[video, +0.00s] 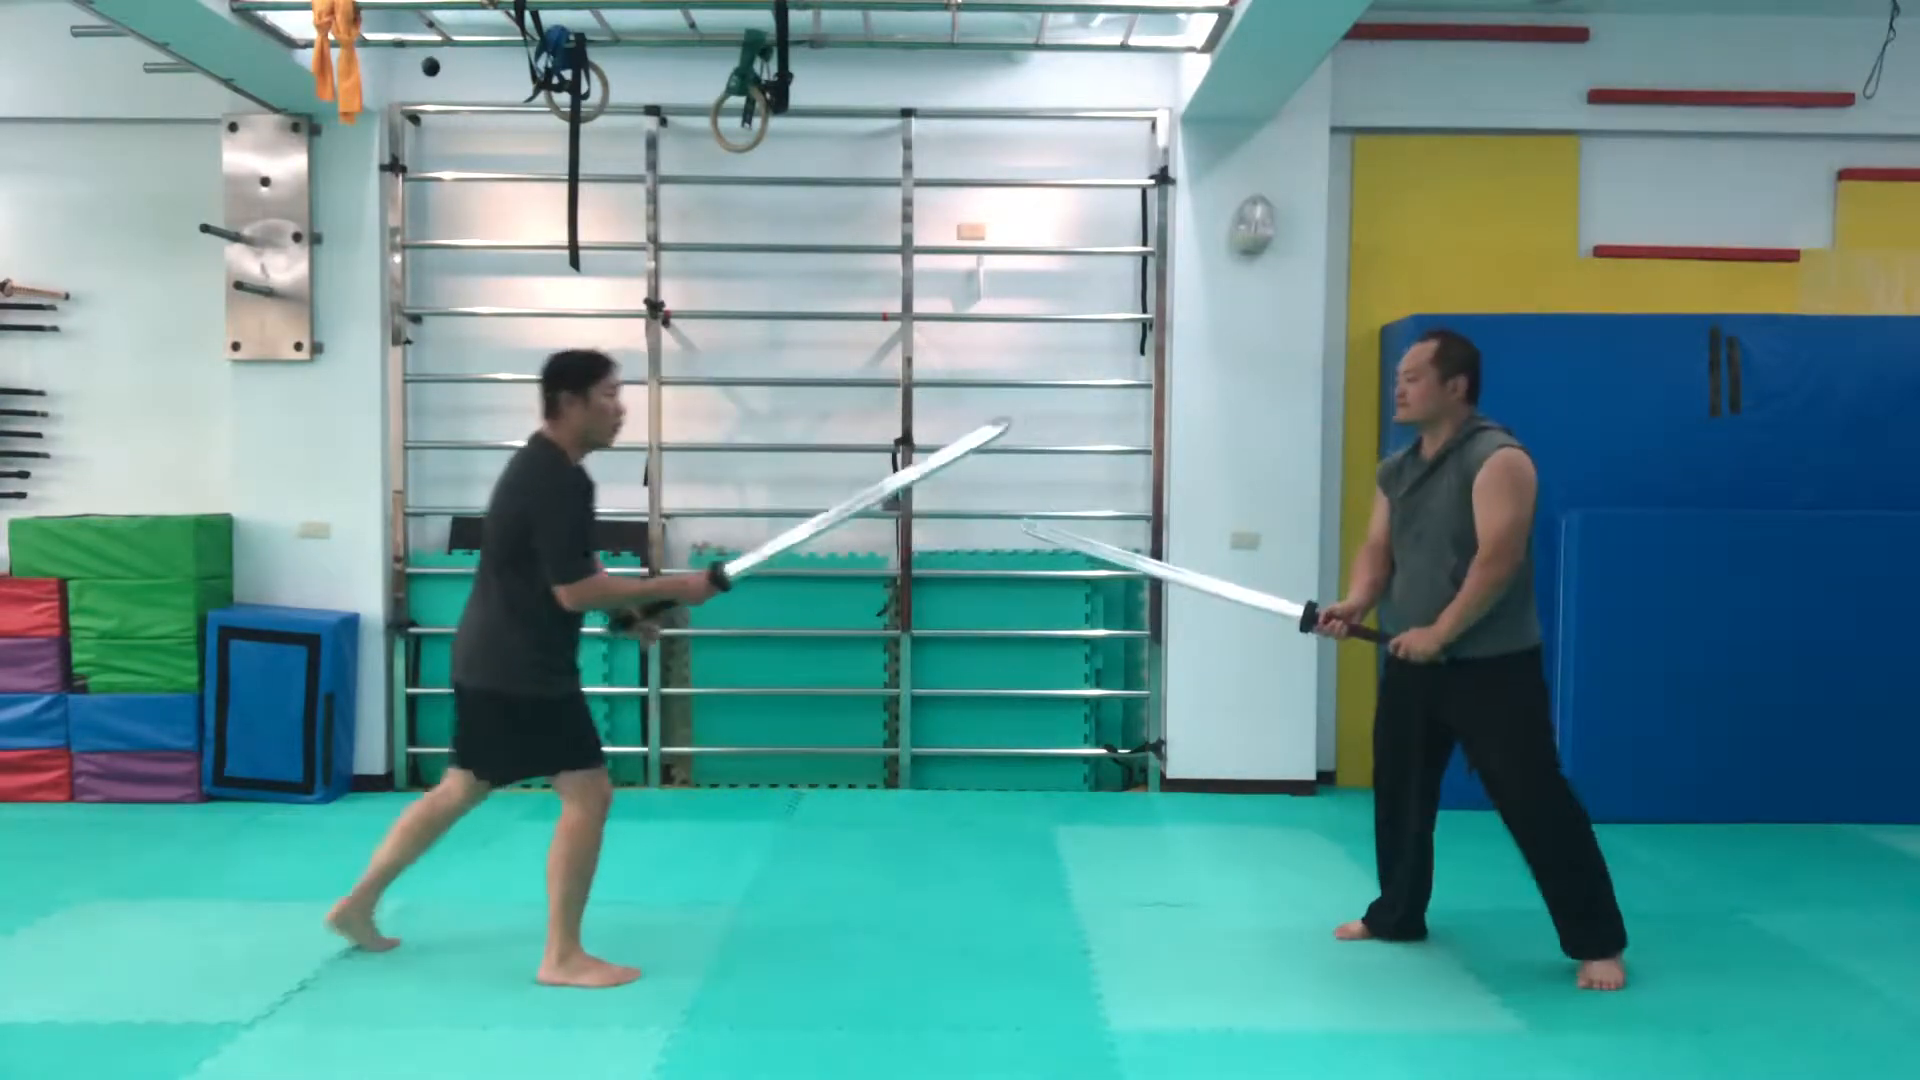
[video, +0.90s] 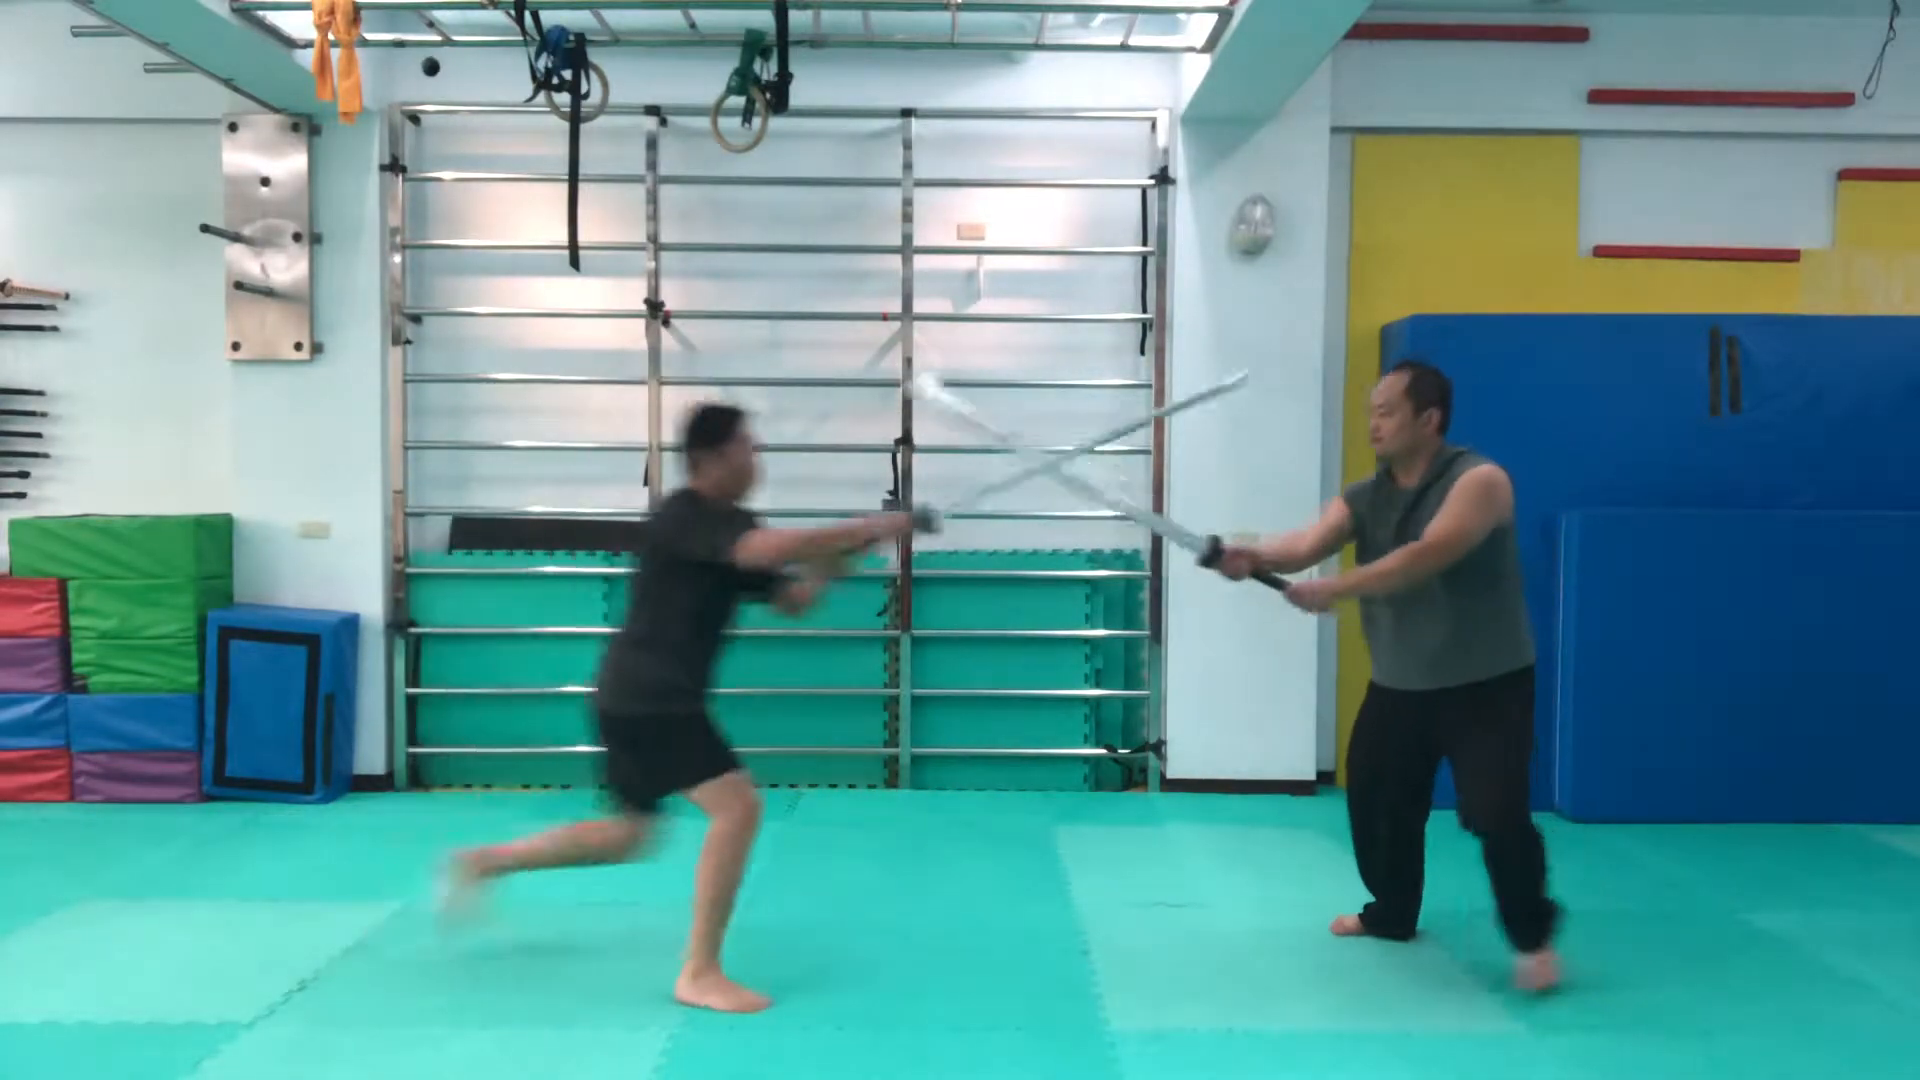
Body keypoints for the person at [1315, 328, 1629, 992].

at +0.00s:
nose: (1399, 388)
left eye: (1412, 379)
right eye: (1399, 379)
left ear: (1457, 388)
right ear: (1415, 390)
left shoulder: (1500, 462)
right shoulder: (1396, 471)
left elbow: (1500, 561)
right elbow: (1377, 552)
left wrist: (1437, 631)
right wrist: (1355, 605)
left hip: (1493, 665)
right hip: (1413, 664)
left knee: (1535, 801)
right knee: (1400, 792)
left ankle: (1599, 945)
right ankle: (1398, 916)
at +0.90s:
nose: (1372, 425)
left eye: (1385, 413)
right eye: (1371, 413)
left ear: (1429, 419)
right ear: (1377, 420)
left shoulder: (1481, 481)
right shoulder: (1366, 496)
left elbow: (1428, 555)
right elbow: (1305, 546)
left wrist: (1339, 587)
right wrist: (1251, 554)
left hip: (1487, 686)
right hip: (1399, 687)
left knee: (1497, 815)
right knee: (1378, 797)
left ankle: (1533, 942)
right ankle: (1391, 915)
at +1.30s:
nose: (1325, 466)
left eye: (1328, 453)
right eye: (1320, 455)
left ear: (1371, 439)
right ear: (1350, 450)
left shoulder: (1439, 454)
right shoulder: (1369, 502)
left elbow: (1340, 483)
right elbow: (1348, 578)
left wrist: (1264, 527)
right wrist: (1269, 581)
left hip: (1470, 684)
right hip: (1397, 683)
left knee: (1471, 868)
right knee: (1311, 768)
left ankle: (1528, 1043)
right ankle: (1442, 845)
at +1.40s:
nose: (1296, 471)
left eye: (1300, 455)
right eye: (1293, 458)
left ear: (1330, 439)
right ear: (1322, 445)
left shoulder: (1402, 461)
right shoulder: (1352, 506)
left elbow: (1283, 442)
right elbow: (1314, 561)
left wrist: (1226, 449)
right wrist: (1247, 509)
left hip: (1459, 691)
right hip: (1391, 687)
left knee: (1461, 865)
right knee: (1278, 686)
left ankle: (1526, 1041)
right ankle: (1356, 823)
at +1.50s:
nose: (1276, 471)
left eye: (1279, 459)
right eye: (1272, 460)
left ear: (1315, 439)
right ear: (1300, 444)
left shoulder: (1380, 468)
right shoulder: (1330, 503)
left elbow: (1262, 409)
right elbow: (1267, 530)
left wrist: (1204, 395)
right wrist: (1217, 456)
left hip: (1423, 703)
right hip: (1358, 697)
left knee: (1431, 889)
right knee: (1241, 677)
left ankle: (1525, 1043)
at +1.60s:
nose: (1249, 456)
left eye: (1253, 440)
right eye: (1246, 441)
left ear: (1291, 427)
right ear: (1277, 438)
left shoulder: (1353, 462)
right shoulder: (1300, 497)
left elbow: (1241, 389)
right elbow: (1231, 521)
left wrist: (1177, 377)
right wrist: (1185, 455)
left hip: (1377, 711)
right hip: (1312, 709)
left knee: (1405, 881)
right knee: (1181, 725)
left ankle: (1518, 1037)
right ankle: (1123, 876)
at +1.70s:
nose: (1204, 450)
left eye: (1210, 434)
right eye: (1201, 439)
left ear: (1244, 422)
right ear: (1239, 428)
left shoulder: (1303, 457)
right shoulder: (1241, 499)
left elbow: (1211, 386)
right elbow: (1166, 513)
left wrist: (1135, 355)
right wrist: (1127, 432)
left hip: (1320, 705)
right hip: (1259, 710)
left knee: (1378, 875)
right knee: (1137, 800)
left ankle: (1513, 1027)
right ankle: (1051, 949)